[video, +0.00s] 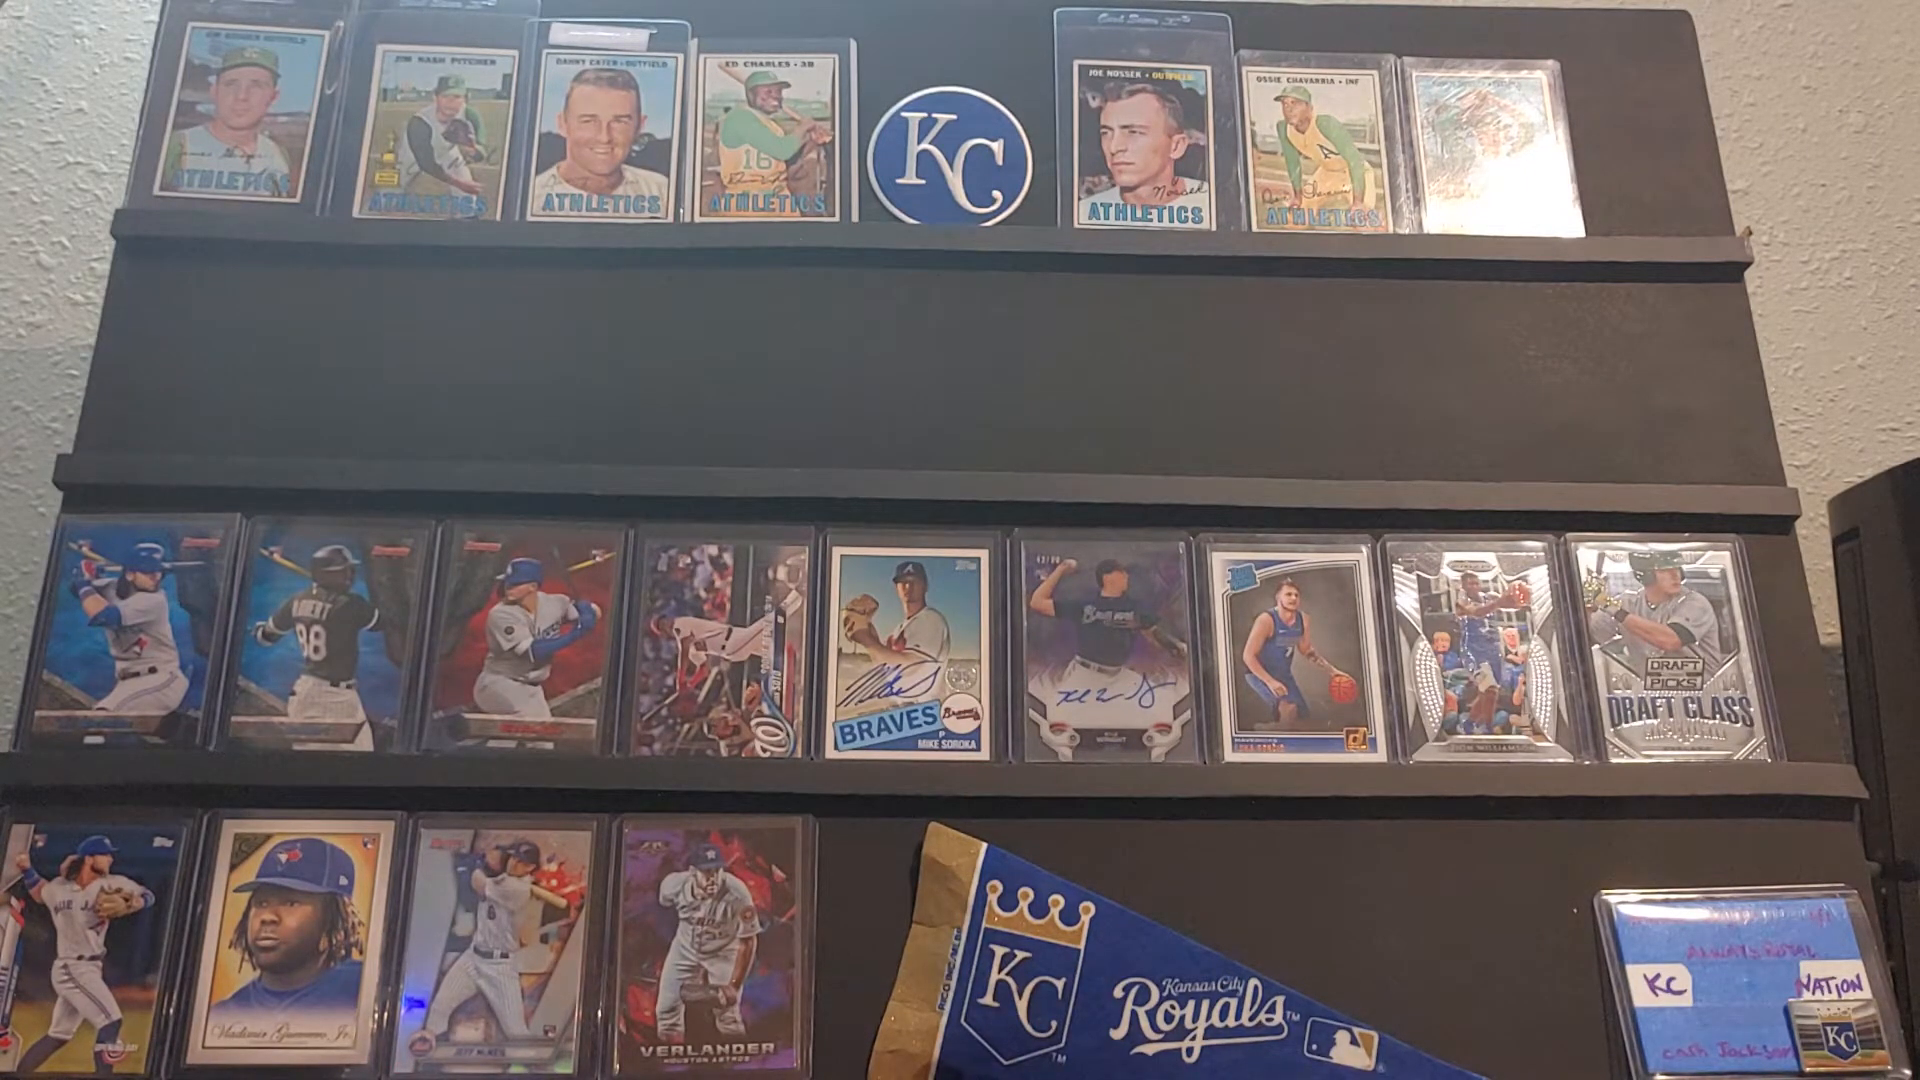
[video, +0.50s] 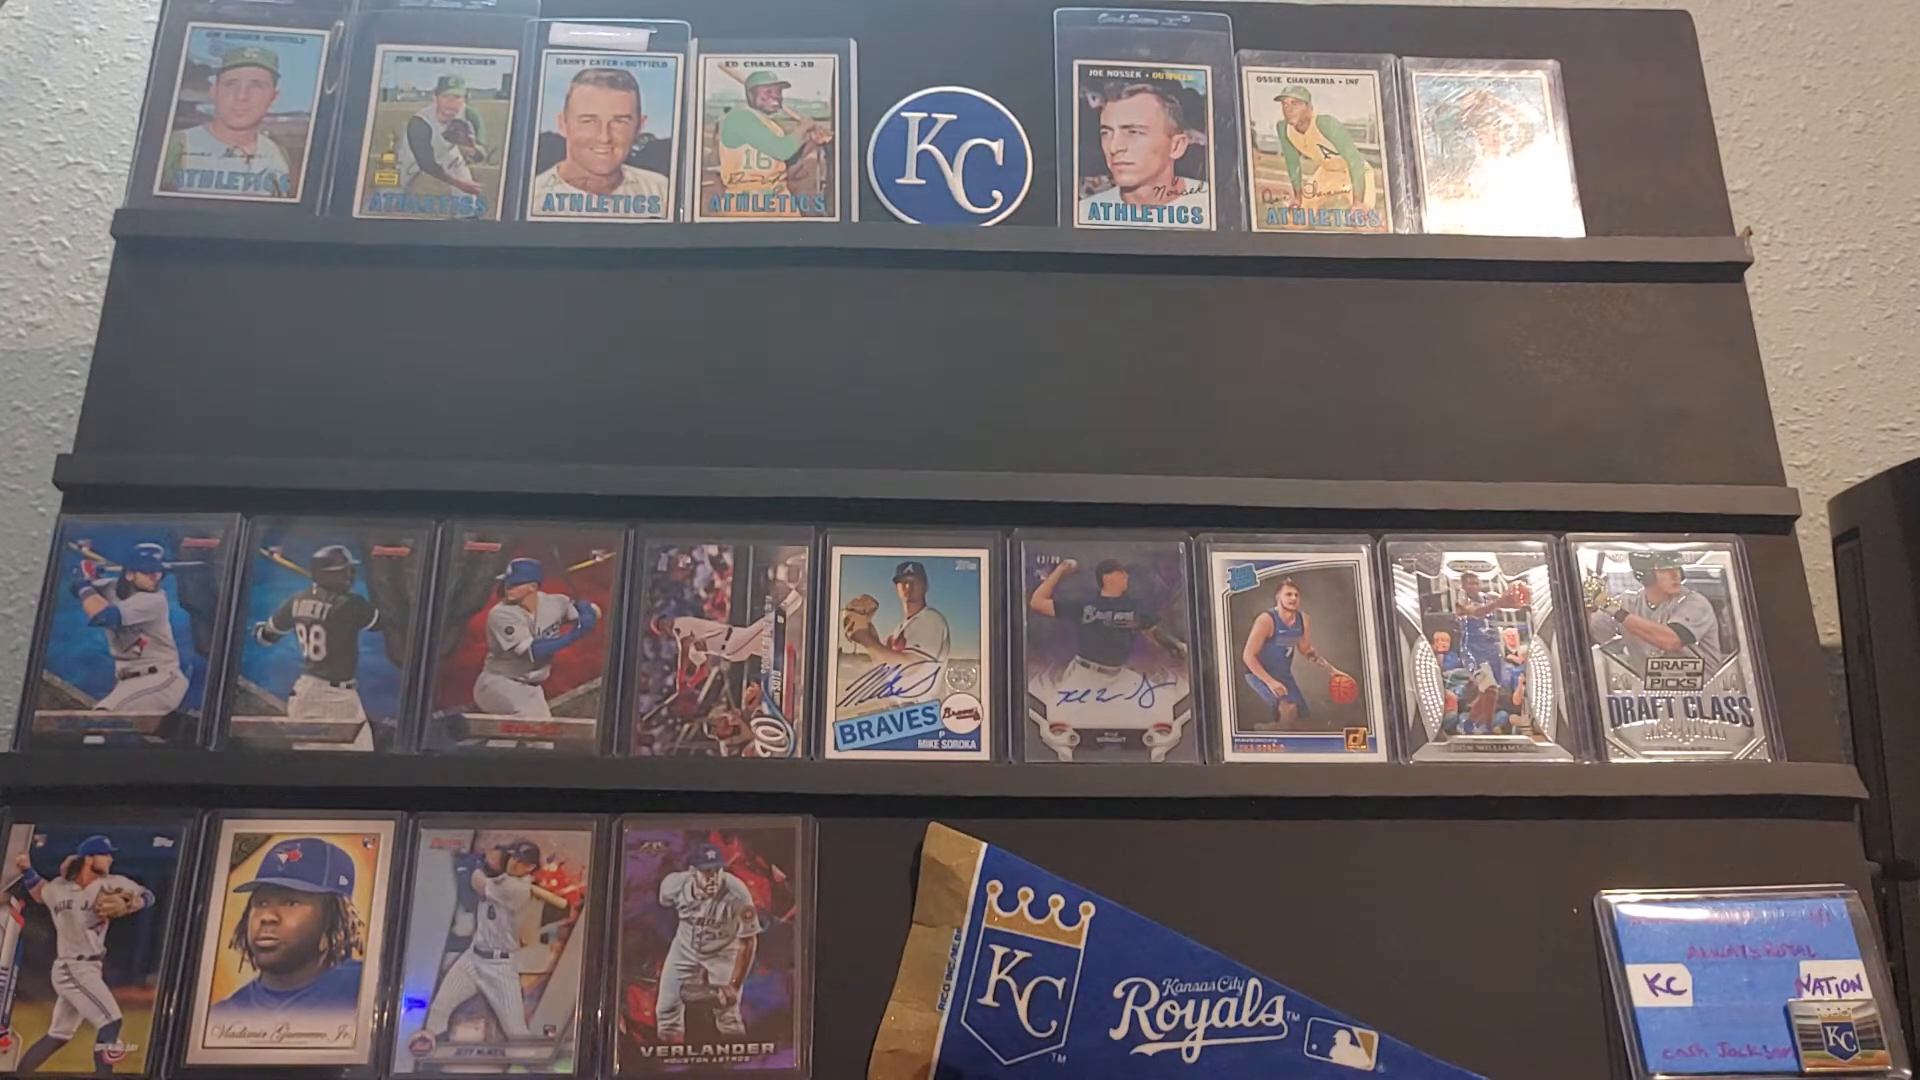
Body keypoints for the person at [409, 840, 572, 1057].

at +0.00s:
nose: (514, 863)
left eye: (521, 861)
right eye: (514, 858)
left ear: (530, 868)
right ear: (510, 859)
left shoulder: (518, 889)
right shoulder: (502, 879)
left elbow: (478, 883)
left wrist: (480, 867)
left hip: (500, 965)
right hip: (473, 958)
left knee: (516, 1030)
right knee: (439, 1007)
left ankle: (536, 1069)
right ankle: (424, 1065)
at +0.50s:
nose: (514, 863)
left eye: (521, 861)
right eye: (514, 859)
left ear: (531, 868)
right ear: (510, 859)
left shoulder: (518, 889)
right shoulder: (502, 879)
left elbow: (478, 883)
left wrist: (480, 866)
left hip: (500, 965)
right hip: (473, 958)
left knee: (516, 1031)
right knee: (439, 1007)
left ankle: (534, 1070)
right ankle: (423, 1065)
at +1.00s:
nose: (515, 863)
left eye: (522, 861)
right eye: (514, 858)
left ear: (531, 868)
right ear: (509, 858)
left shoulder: (519, 889)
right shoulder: (500, 879)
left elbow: (477, 881)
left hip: (502, 966)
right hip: (473, 959)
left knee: (514, 1029)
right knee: (440, 1004)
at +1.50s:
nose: (514, 863)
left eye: (521, 861)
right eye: (514, 858)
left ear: (531, 868)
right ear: (509, 858)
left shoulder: (519, 889)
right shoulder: (499, 879)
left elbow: (477, 881)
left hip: (502, 965)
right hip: (473, 958)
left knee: (515, 1029)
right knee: (440, 1005)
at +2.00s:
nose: (515, 864)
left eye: (522, 862)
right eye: (514, 858)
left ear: (531, 869)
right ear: (509, 858)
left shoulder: (518, 889)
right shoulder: (500, 879)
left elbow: (477, 881)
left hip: (501, 966)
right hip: (472, 958)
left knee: (515, 1030)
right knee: (440, 1005)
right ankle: (424, 1065)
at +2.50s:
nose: (515, 864)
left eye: (522, 862)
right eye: (514, 858)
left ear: (531, 869)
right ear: (509, 858)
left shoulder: (518, 889)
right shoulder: (503, 879)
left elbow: (478, 882)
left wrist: (481, 867)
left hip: (500, 965)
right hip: (473, 957)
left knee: (515, 1030)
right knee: (440, 1006)